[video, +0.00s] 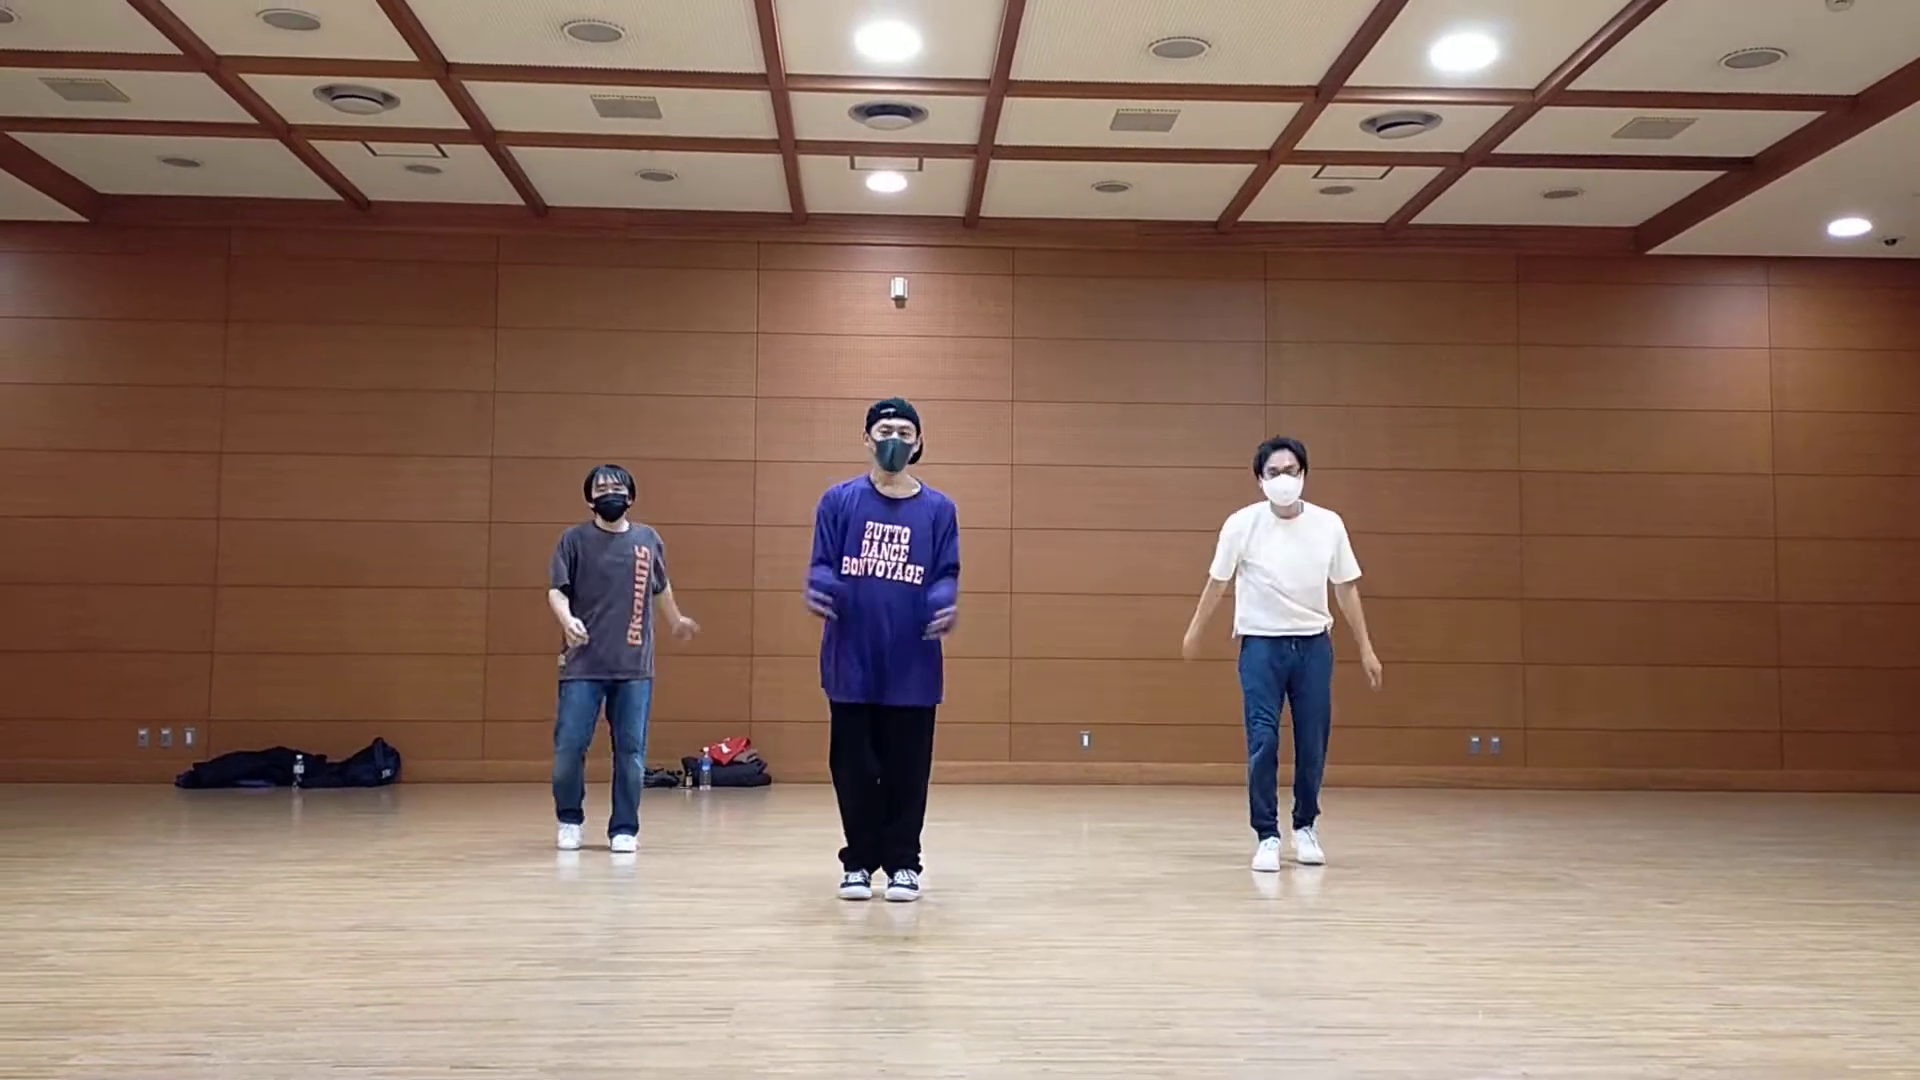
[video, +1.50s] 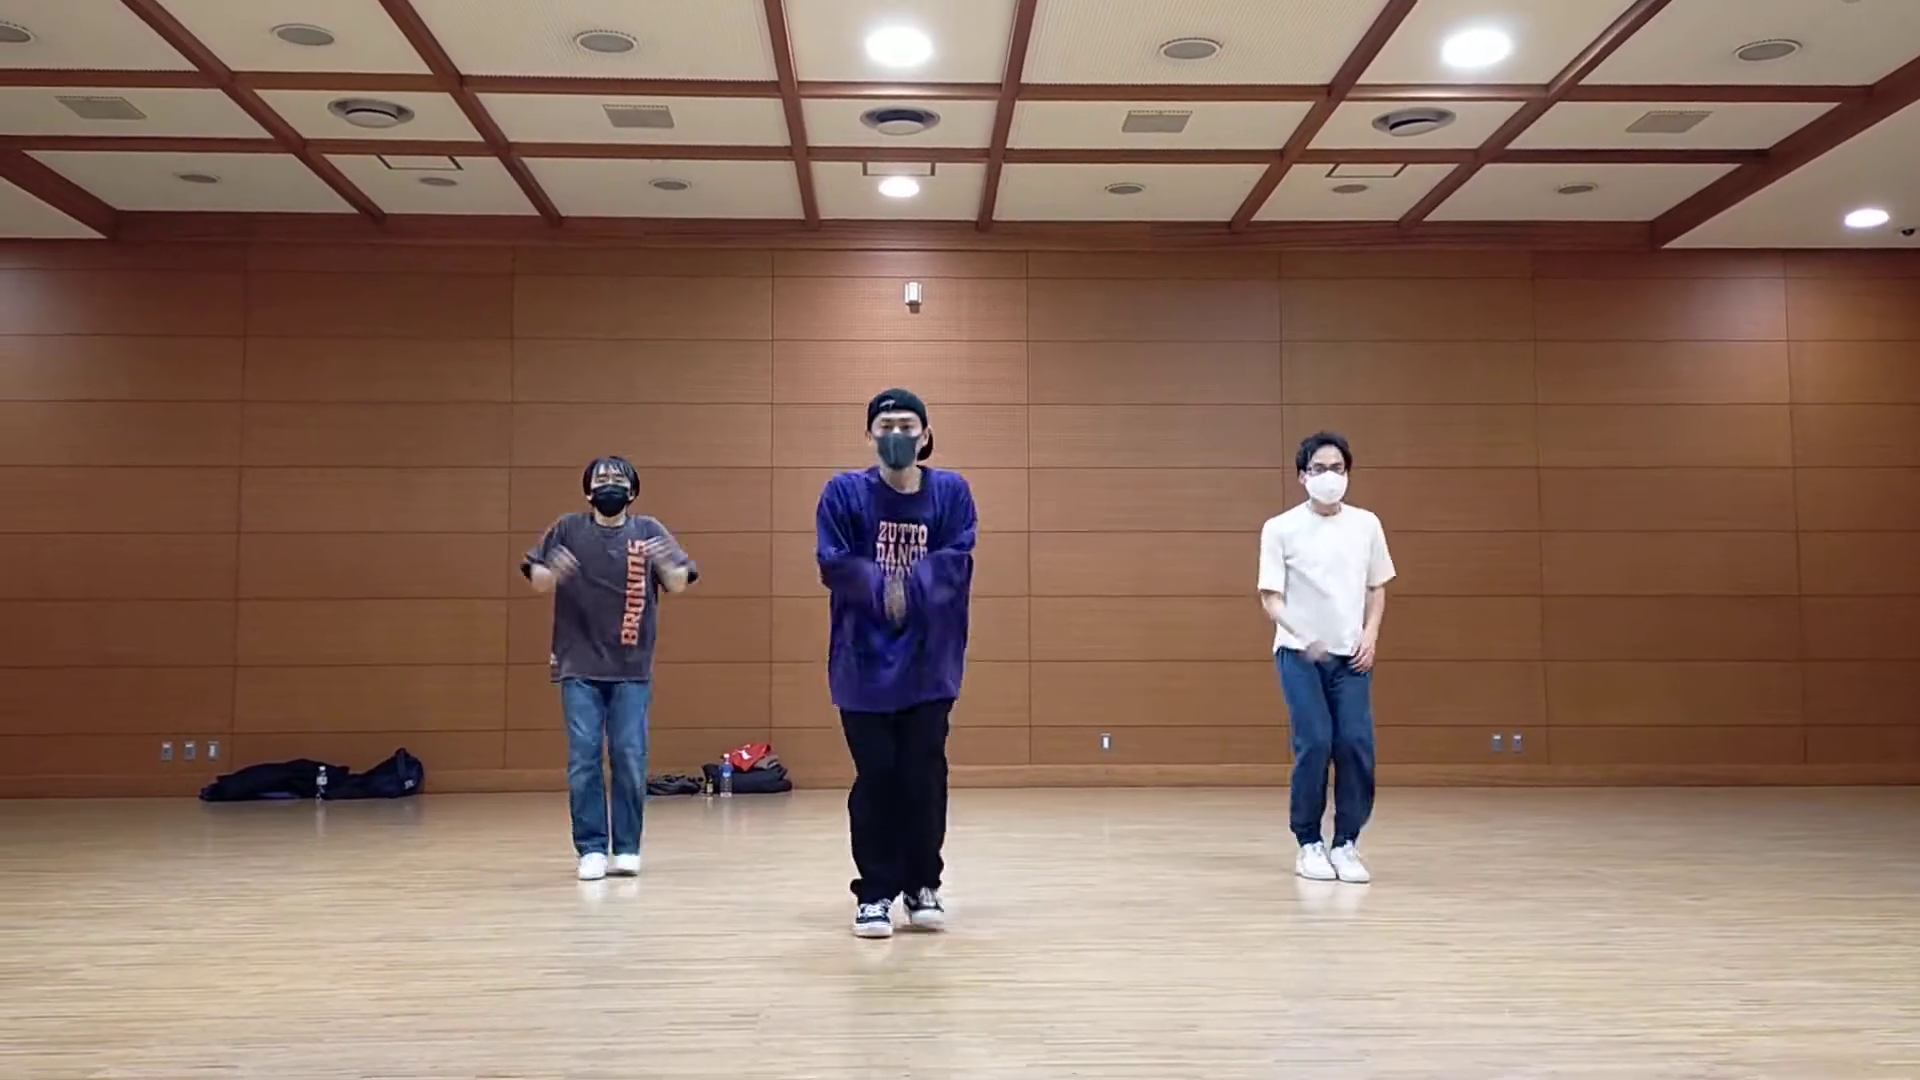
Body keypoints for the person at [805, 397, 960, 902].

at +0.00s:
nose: (894, 437)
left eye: (904, 431)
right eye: (885, 430)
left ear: (917, 444)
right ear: (868, 440)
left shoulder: (939, 508)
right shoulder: (838, 500)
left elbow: (946, 573)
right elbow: (821, 567)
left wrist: (942, 606)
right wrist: (819, 591)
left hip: (912, 663)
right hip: (851, 659)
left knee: (907, 766)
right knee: (854, 764)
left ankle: (904, 865)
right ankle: (858, 864)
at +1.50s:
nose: (896, 431)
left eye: (906, 423)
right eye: (886, 424)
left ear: (924, 435)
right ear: (871, 435)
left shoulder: (950, 491)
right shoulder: (844, 492)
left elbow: (958, 560)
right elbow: (832, 561)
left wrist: (906, 586)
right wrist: (884, 587)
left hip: (929, 663)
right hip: (863, 665)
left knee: (924, 774)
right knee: (877, 776)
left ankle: (923, 888)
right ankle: (875, 896)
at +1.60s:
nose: (898, 438)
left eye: (909, 431)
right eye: (888, 431)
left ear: (926, 446)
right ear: (872, 444)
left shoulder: (956, 518)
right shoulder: (845, 517)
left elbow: (962, 609)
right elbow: (841, 611)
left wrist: (931, 676)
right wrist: (878, 679)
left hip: (929, 683)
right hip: (861, 684)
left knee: (917, 781)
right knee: (873, 787)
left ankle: (914, 897)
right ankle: (875, 901)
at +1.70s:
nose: (902, 416)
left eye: (912, 410)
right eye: (891, 410)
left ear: (930, 428)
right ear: (875, 427)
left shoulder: (956, 500)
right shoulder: (847, 498)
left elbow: (973, 590)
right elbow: (830, 584)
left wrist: (956, 653)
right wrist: (863, 638)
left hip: (929, 674)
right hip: (864, 673)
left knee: (923, 790)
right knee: (868, 792)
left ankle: (920, 893)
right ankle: (876, 900)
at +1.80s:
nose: (904, 389)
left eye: (915, 382)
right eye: (894, 382)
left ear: (933, 401)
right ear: (877, 399)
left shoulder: (957, 471)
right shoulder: (849, 468)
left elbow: (981, 550)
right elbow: (813, 539)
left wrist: (992, 605)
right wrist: (809, 586)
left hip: (933, 647)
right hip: (862, 648)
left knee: (942, 767)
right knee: (858, 768)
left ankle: (947, 886)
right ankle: (857, 888)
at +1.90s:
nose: (906, 390)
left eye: (917, 383)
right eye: (895, 383)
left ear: (934, 403)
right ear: (878, 401)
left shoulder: (961, 474)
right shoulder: (844, 471)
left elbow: (999, 550)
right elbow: (794, 539)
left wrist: (1044, 596)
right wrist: (756, 594)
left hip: (933, 653)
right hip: (858, 654)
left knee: (968, 766)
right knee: (833, 773)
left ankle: (1003, 883)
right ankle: (804, 884)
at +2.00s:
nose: (903, 426)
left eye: (915, 420)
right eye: (893, 419)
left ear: (934, 439)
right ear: (877, 436)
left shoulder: (964, 511)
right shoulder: (845, 509)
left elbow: (1018, 580)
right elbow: (787, 580)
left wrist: (1073, 617)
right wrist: (741, 636)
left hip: (938, 687)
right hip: (857, 687)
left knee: (986, 791)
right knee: (809, 798)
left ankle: (1051, 900)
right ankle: (747, 904)